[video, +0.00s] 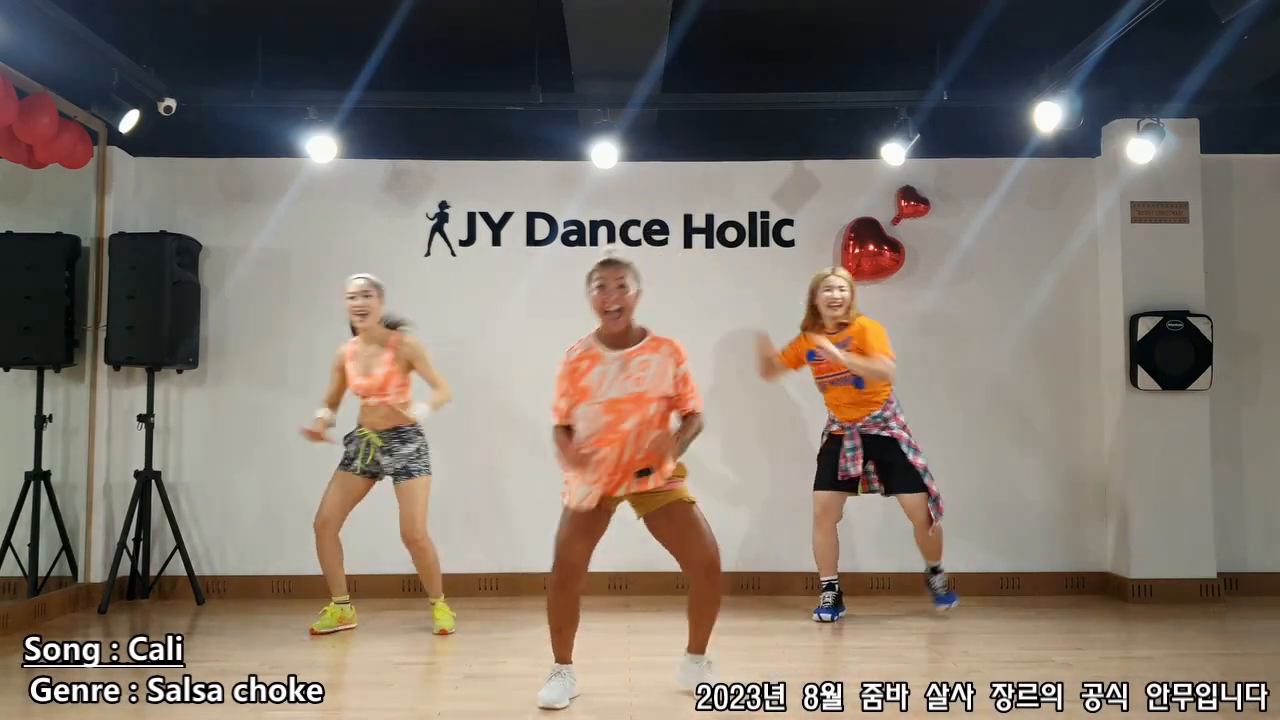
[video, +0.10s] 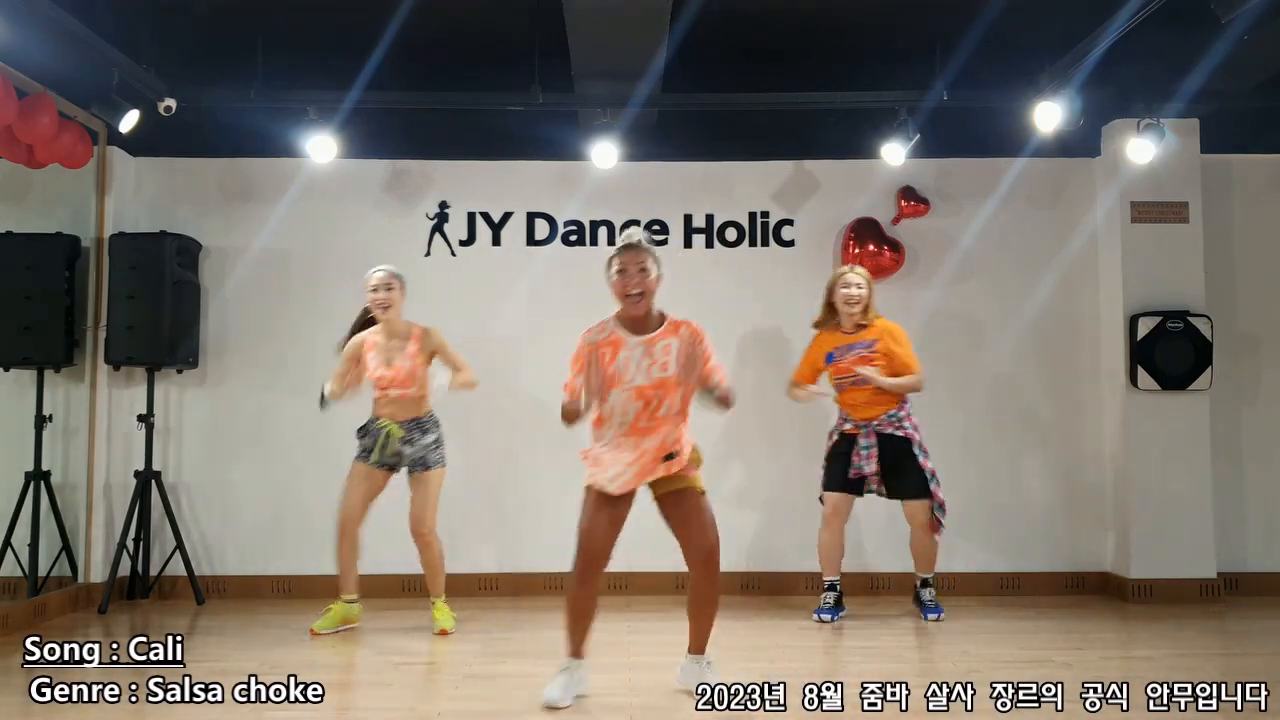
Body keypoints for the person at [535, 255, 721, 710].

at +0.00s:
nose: (611, 296)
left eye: (620, 287)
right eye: (601, 289)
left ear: (637, 294)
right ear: (590, 299)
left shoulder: (666, 352)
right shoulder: (576, 358)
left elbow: (693, 416)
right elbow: (562, 426)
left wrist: (672, 448)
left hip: (654, 474)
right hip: (593, 476)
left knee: (706, 561)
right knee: (566, 566)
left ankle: (696, 662)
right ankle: (562, 670)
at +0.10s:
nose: (632, 279)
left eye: (641, 270)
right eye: (622, 273)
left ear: (658, 279)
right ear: (611, 284)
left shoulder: (687, 336)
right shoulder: (595, 340)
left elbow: (724, 397)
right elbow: (570, 414)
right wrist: (577, 403)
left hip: (671, 451)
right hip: (614, 454)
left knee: (706, 553)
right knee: (589, 555)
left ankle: (696, 660)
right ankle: (573, 665)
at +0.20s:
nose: (650, 279)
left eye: (659, 270)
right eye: (640, 272)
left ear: (675, 278)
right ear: (627, 283)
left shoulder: (701, 328)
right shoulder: (616, 333)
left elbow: (751, 366)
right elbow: (577, 379)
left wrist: (738, 329)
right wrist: (590, 349)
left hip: (686, 454)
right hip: (629, 454)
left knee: (709, 548)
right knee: (608, 547)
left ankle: (697, 662)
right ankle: (618, 656)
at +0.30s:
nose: (665, 283)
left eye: (674, 275)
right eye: (654, 276)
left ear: (689, 286)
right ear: (641, 288)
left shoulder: (713, 335)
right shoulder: (628, 339)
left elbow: (763, 360)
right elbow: (584, 365)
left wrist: (763, 336)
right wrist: (600, 347)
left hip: (698, 464)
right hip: (640, 465)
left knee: (723, 553)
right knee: (632, 558)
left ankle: (702, 662)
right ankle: (646, 666)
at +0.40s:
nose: (681, 287)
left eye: (690, 279)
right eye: (671, 280)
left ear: (703, 289)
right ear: (656, 290)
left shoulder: (724, 343)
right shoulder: (633, 344)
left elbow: (769, 403)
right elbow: (578, 395)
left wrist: (745, 376)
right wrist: (612, 376)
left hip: (702, 470)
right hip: (642, 470)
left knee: (758, 545)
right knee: (642, 562)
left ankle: (734, 649)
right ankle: (649, 668)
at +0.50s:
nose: (704, 296)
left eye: (711, 288)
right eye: (693, 288)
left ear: (723, 298)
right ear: (676, 300)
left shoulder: (738, 363)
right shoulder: (649, 358)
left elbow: (748, 423)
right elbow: (606, 419)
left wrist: (742, 430)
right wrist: (643, 424)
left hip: (710, 482)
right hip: (650, 480)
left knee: (775, 553)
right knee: (641, 564)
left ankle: (762, 656)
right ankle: (648, 668)